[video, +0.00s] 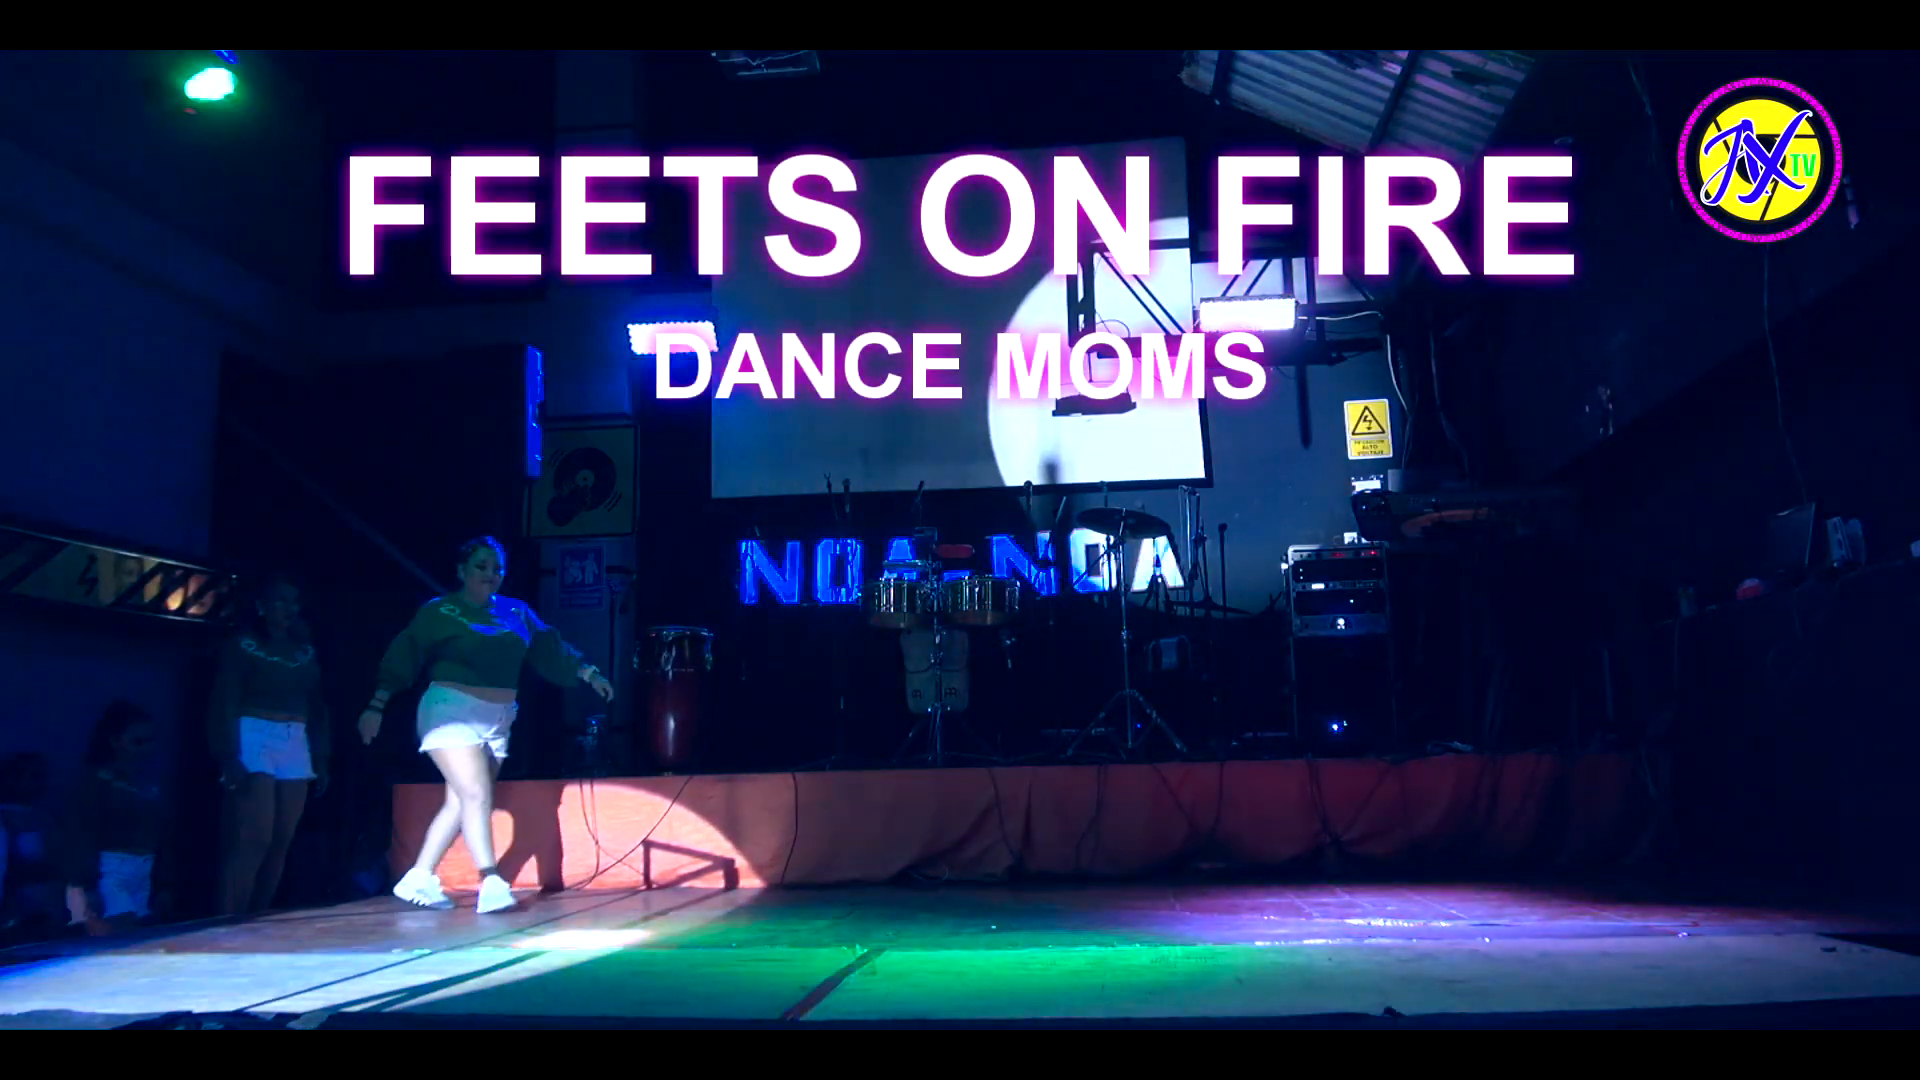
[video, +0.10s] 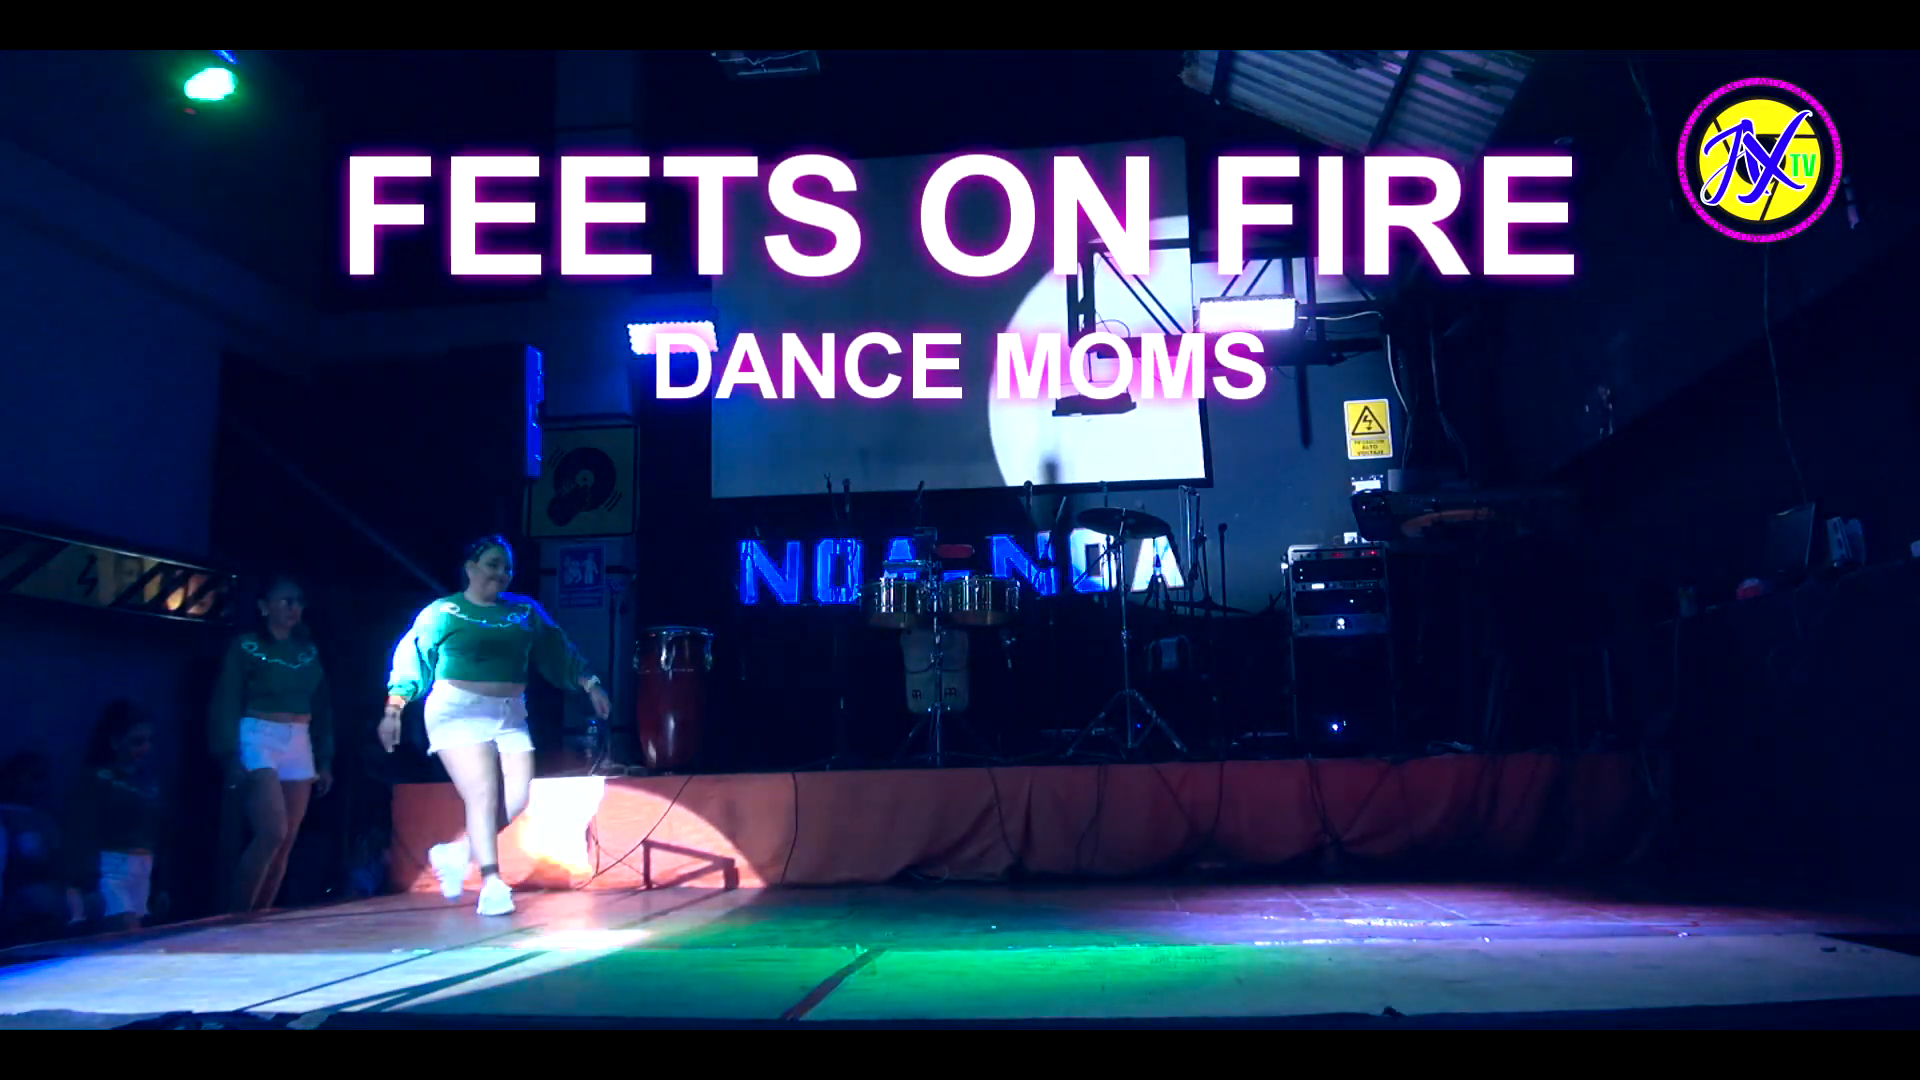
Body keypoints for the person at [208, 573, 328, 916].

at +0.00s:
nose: (286, 610)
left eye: (291, 603)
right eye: (279, 602)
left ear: (298, 608)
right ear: (263, 605)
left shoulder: (304, 651)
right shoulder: (245, 644)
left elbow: (315, 706)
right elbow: (226, 699)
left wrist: (318, 756)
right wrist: (228, 754)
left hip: (296, 735)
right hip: (255, 732)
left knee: (283, 835)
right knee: (257, 832)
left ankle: (260, 915)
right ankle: (232, 915)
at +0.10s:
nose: (292, 609)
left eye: (296, 603)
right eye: (284, 602)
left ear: (302, 609)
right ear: (264, 607)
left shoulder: (308, 652)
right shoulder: (248, 647)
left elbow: (320, 710)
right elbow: (229, 701)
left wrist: (323, 761)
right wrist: (229, 753)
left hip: (299, 736)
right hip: (258, 734)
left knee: (286, 837)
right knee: (272, 831)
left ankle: (260, 918)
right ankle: (239, 914)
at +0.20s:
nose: (295, 610)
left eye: (299, 603)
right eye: (288, 602)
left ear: (304, 609)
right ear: (269, 606)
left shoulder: (310, 652)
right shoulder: (249, 647)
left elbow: (322, 708)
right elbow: (228, 699)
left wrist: (324, 760)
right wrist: (227, 750)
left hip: (300, 736)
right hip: (258, 733)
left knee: (293, 822)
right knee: (288, 813)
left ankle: (263, 906)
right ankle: (244, 894)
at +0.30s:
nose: (295, 611)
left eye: (299, 604)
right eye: (288, 603)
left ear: (304, 611)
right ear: (271, 607)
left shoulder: (312, 653)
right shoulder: (251, 647)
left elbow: (325, 707)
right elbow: (230, 698)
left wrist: (327, 757)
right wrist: (226, 751)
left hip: (302, 735)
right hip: (260, 731)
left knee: (293, 813)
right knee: (305, 802)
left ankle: (268, 895)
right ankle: (252, 874)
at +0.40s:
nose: (298, 610)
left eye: (303, 604)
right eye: (292, 602)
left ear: (308, 610)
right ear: (275, 606)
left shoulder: (316, 653)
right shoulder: (252, 647)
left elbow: (328, 706)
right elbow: (231, 697)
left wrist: (330, 753)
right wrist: (227, 746)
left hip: (304, 733)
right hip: (262, 729)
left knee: (287, 810)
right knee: (318, 789)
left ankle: (268, 869)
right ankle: (270, 865)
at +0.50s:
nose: (305, 610)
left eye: (309, 603)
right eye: (298, 602)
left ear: (313, 610)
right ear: (280, 606)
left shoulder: (320, 653)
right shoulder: (257, 647)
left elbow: (333, 710)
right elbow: (235, 699)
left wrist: (335, 758)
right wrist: (229, 750)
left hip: (308, 734)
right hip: (265, 730)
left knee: (288, 817)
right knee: (323, 783)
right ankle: (293, 873)